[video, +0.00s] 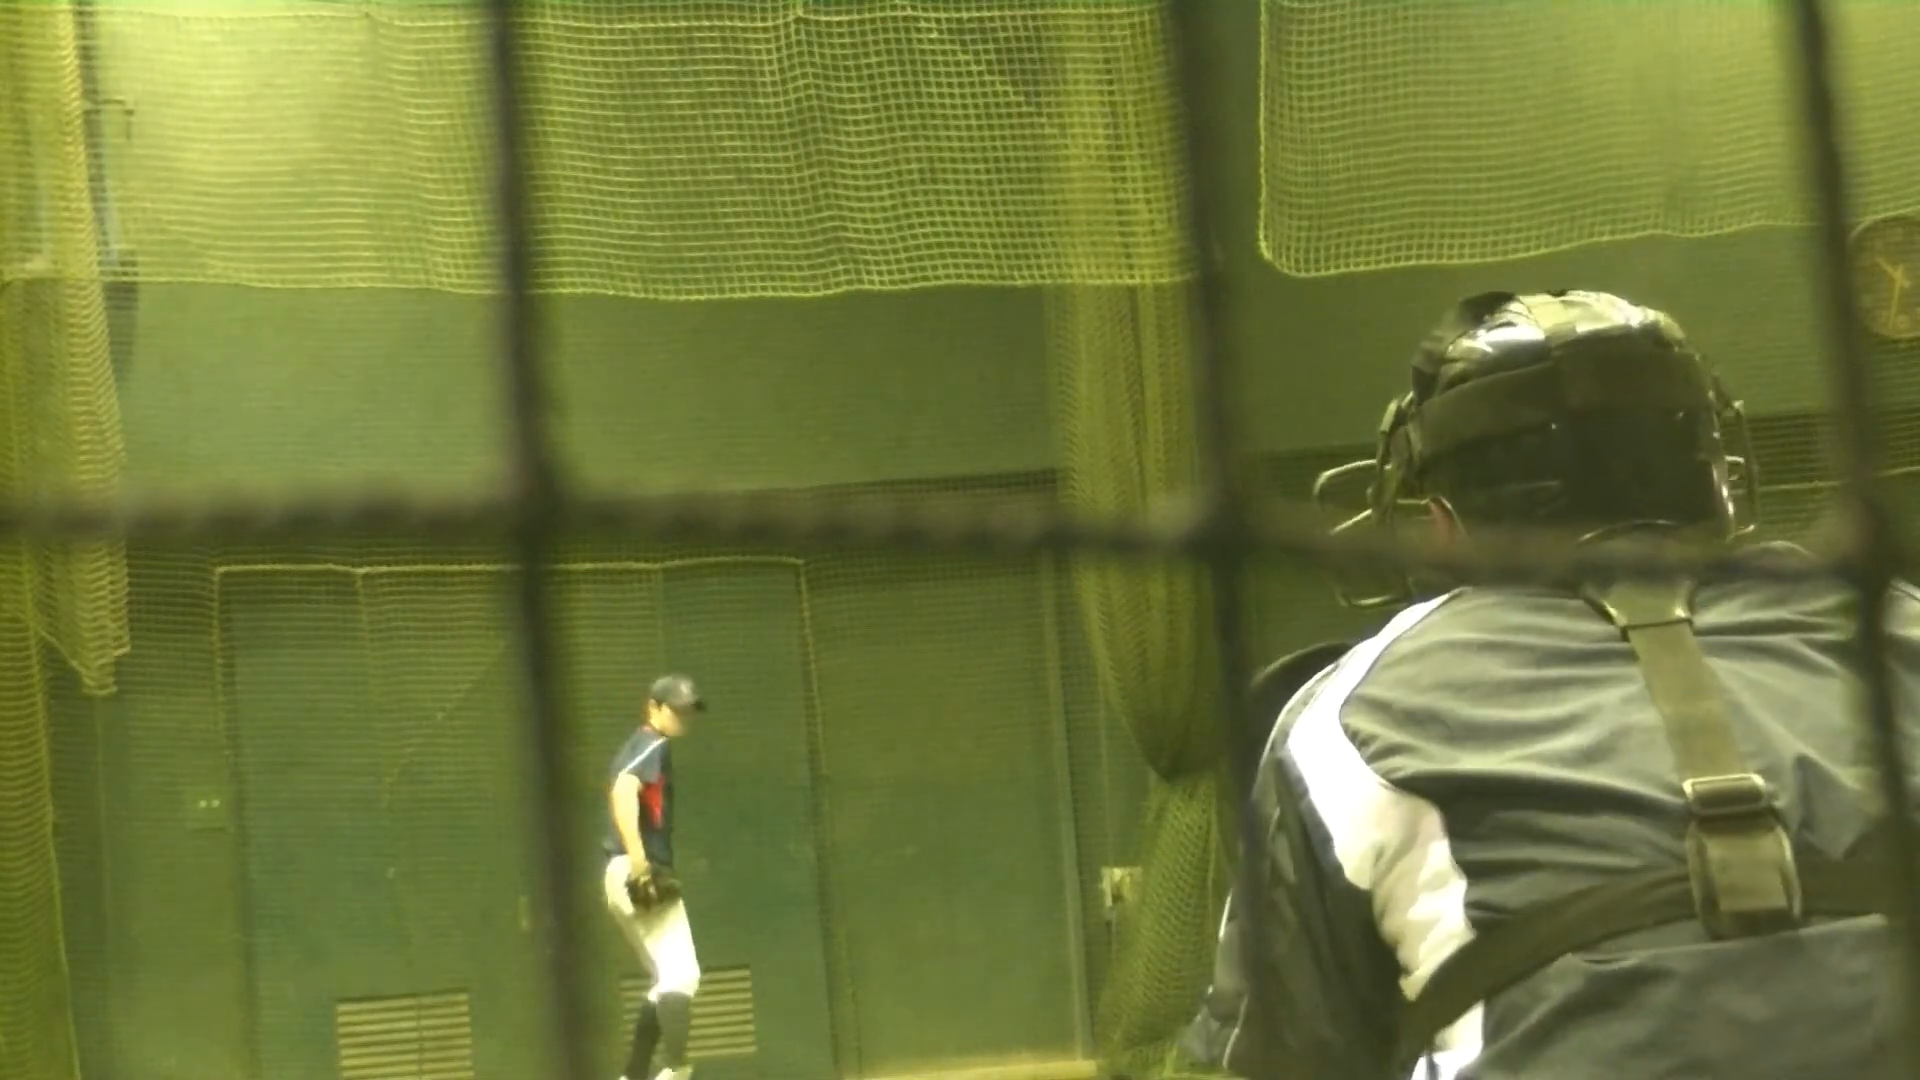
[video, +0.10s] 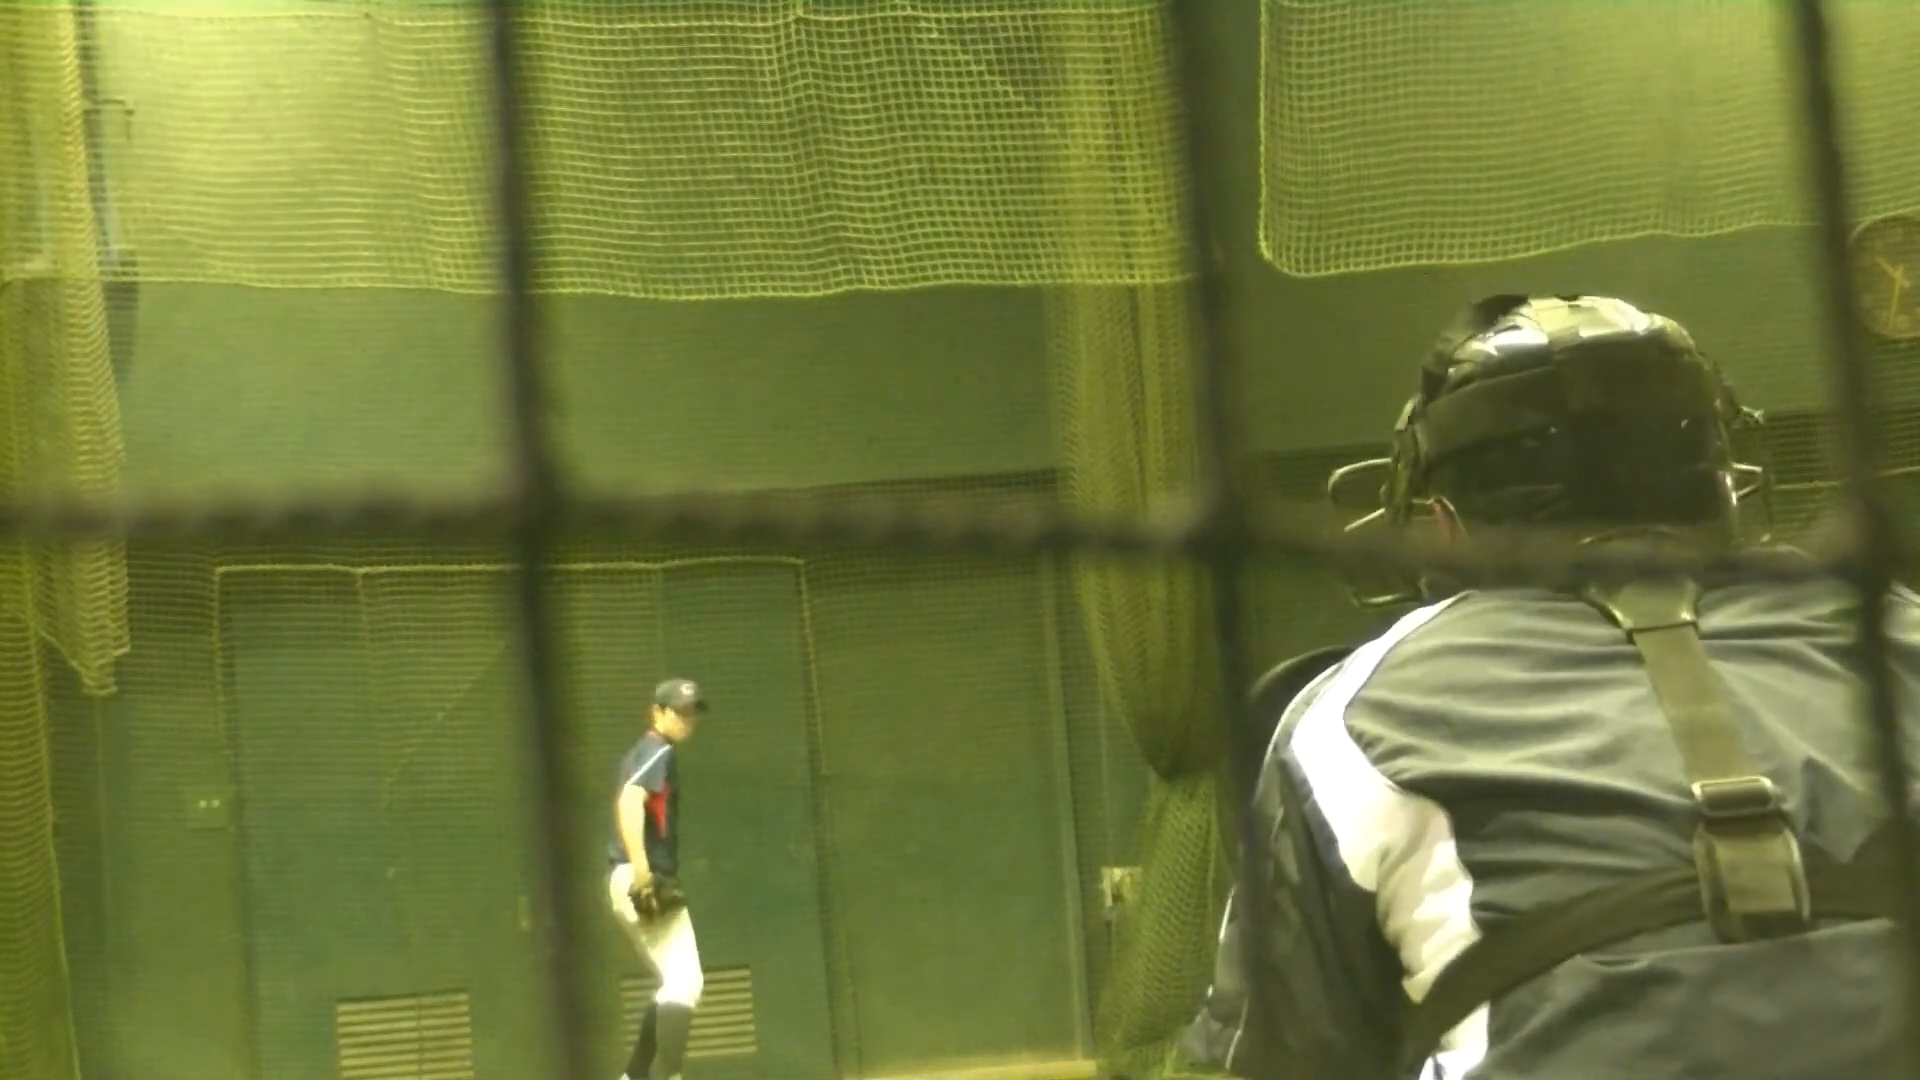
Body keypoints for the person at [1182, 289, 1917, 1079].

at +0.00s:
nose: (1404, 544)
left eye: (1406, 520)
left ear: (1442, 533)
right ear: (1719, 490)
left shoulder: (1335, 722)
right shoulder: (1894, 621)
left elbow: (1284, 1052)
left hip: (1575, 1024)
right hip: (1890, 1009)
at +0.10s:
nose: (1404, 546)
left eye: (1408, 523)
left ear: (1442, 534)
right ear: (1723, 499)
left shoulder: (1336, 721)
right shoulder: (1886, 623)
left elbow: (1285, 1051)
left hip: (1572, 1028)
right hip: (1883, 1016)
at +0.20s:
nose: (1413, 541)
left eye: (1417, 519)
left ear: (1450, 531)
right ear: (1726, 494)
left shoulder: (1340, 719)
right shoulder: (1887, 626)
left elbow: (1282, 1049)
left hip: (1581, 1027)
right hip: (1883, 1017)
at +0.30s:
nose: (1415, 537)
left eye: (1418, 516)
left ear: (1454, 523)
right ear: (1731, 486)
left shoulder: (1344, 713)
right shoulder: (1889, 624)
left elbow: (1286, 1048)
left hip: (1584, 1025)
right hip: (1886, 1015)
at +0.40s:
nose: (1417, 535)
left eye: (1420, 514)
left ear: (1458, 520)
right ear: (1734, 486)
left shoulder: (1346, 712)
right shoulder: (1891, 622)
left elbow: (1292, 1049)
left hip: (1589, 1024)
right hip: (1885, 1016)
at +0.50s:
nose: (1415, 544)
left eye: (1420, 518)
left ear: (1461, 523)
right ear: (1735, 487)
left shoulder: (1347, 713)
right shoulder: (1891, 622)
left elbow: (1294, 1049)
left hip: (1588, 1022)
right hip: (1884, 1016)